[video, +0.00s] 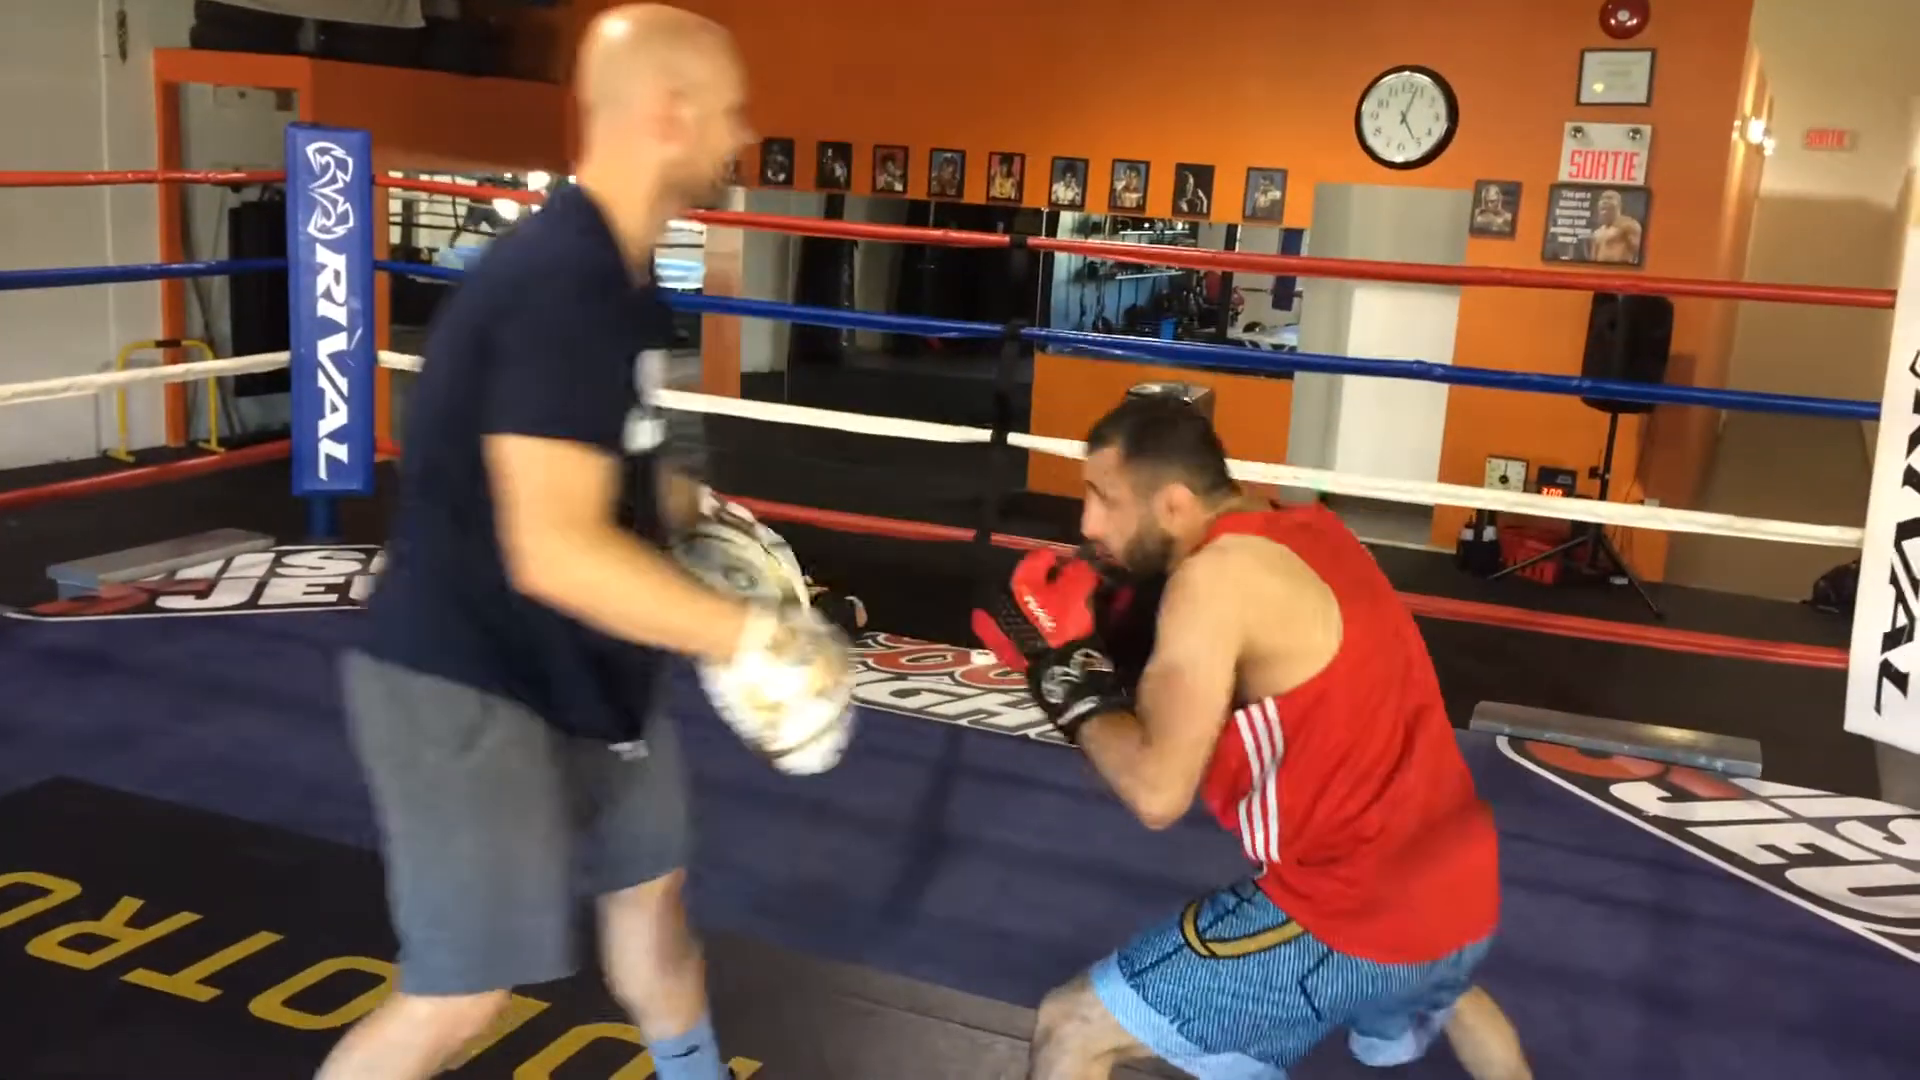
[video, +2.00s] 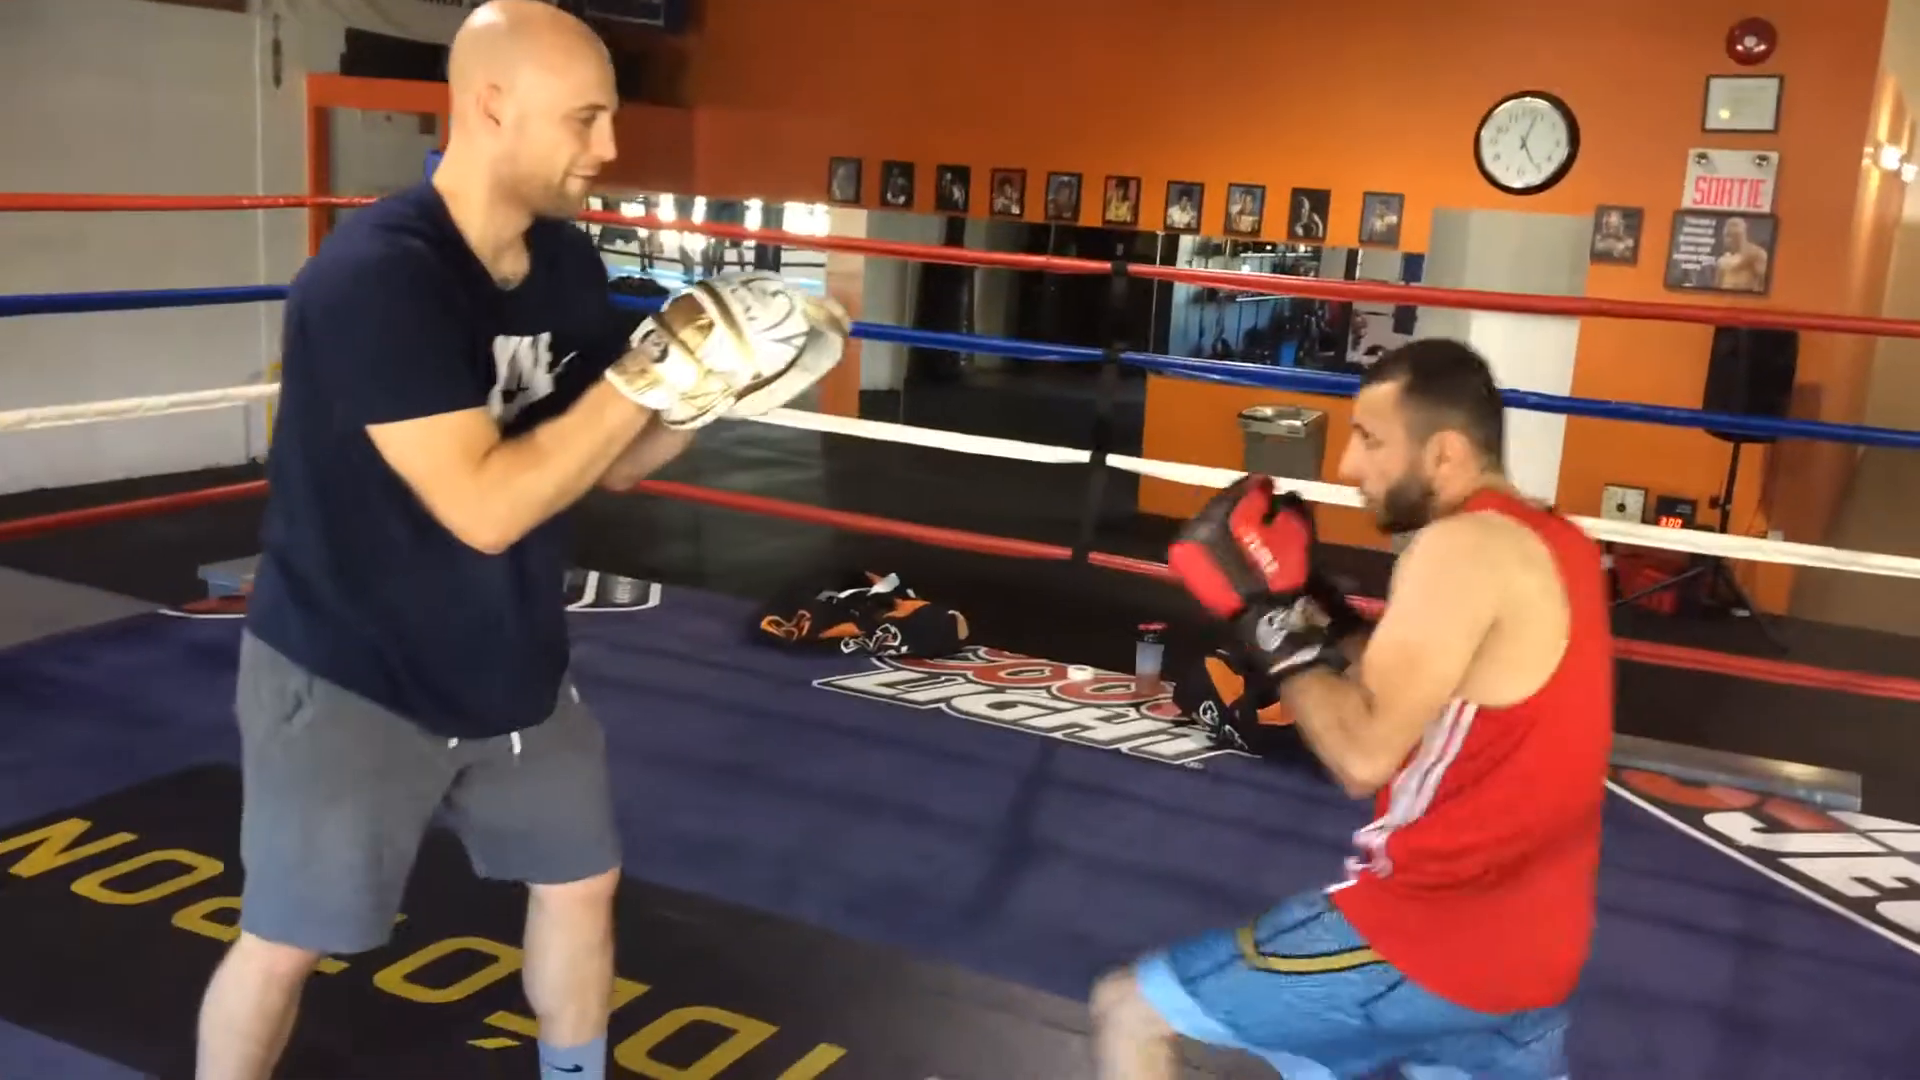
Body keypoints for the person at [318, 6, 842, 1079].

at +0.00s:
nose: (744, 145)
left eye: (742, 118)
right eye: (733, 115)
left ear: (649, 115)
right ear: (664, 114)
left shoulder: (620, 277)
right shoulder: (553, 281)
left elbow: (619, 478)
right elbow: (551, 552)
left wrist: (719, 545)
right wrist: (750, 637)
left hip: (581, 660)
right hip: (454, 677)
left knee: (647, 888)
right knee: (463, 986)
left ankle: (693, 1070)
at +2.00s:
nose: (607, 151)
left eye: (608, 122)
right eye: (583, 120)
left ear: (507, 115)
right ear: (487, 110)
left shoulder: (563, 262)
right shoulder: (371, 280)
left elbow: (602, 464)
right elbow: (482, 507)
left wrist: (709, 383)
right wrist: (644, 379)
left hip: (510, 666)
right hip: (341, 677)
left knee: (579, 882)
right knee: (285, 938)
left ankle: (575, 1075)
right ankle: (221, 1079)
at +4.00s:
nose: (622, 49)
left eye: (624, 21)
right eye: (590, 20)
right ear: (498, 30)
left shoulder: (611, 182)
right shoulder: (402, 222)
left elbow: (610, 351)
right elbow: (401, 464)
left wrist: (682, 439)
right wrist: (606, 480)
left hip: (568, 536)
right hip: (413, 562)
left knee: (639, 752)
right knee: (418, 834)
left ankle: (592, 1000)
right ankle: (379, 1061)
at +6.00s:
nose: (730, 245)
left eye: (732, 219)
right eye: (722, 216)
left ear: (641, 207)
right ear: (659, 207)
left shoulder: (546, 306)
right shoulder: (596, 341)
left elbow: (569, 488)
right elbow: (710, 554)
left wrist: (700, 417)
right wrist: (800, 429)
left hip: (507, 650)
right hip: (410, 658)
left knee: (578, 843)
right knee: (456, 944)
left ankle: (586, 1069)